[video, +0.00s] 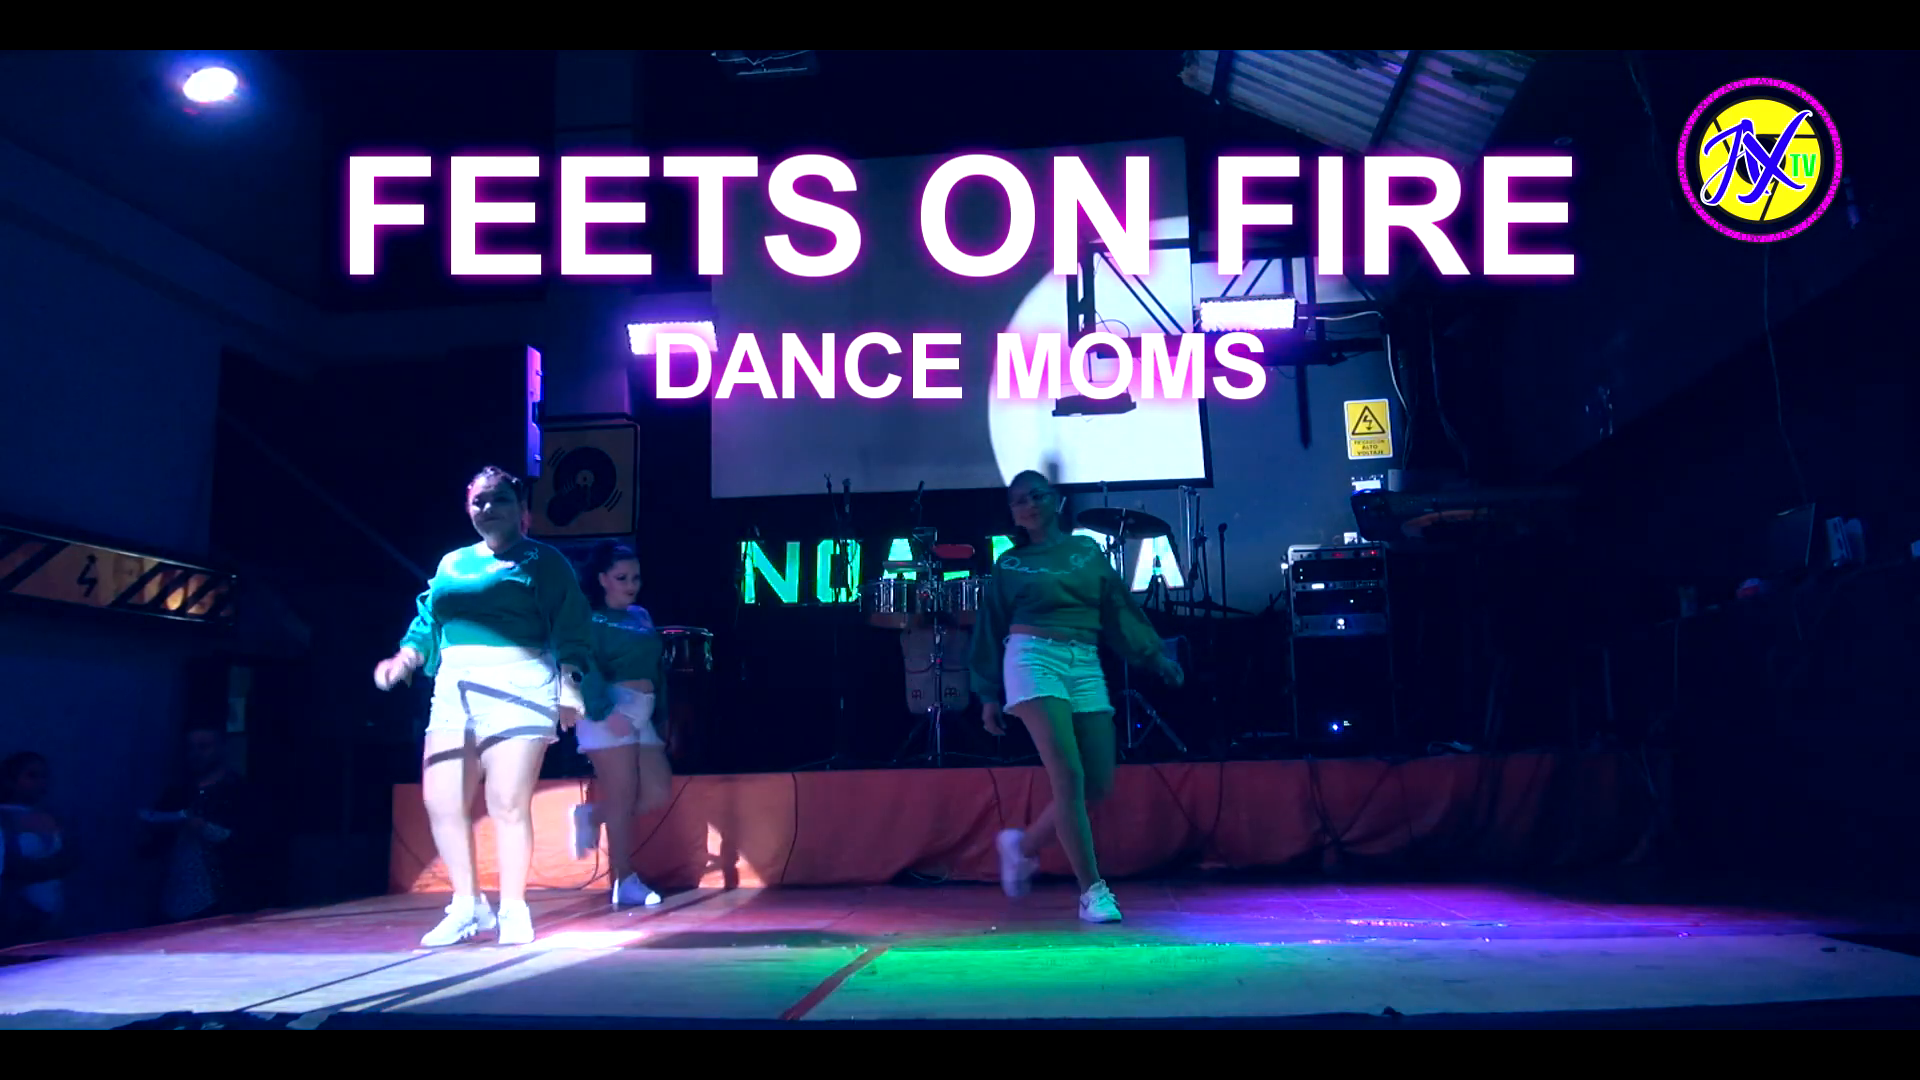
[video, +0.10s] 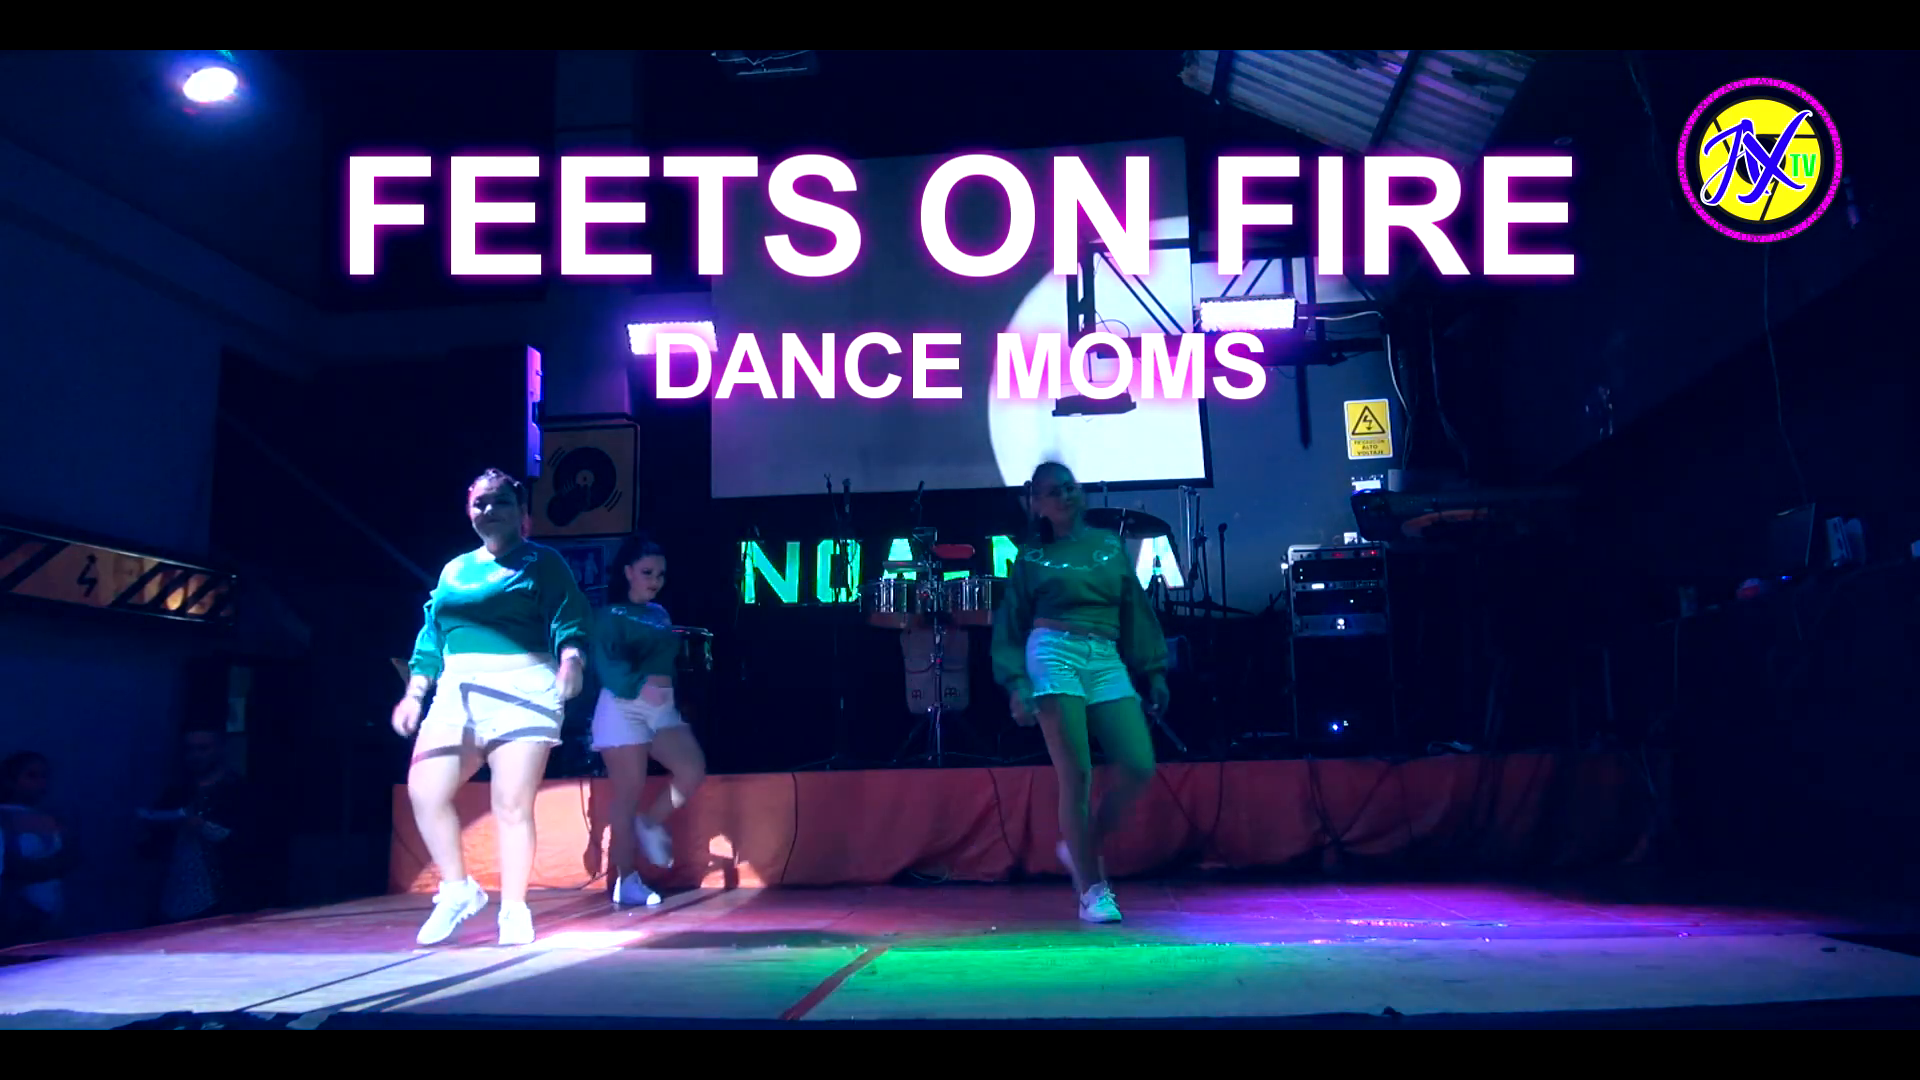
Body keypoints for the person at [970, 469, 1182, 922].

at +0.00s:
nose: (1027, 506)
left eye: (1034, 498)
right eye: (1019, 502)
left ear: (1054, 501)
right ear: (1012, 514)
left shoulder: (1087, 551)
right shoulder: (1010, 565)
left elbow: (1121, 611)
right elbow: (987, 632)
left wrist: (1157, 656)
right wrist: (988, 694)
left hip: (1085, 660)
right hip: (1032, 657)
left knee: (1098, 780)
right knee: (1066, 773)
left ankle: (1022, 844)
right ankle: (1093, 889)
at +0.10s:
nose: (1061, 497)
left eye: (1065, 489)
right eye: (1051, 493)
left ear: (1078, 493)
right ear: (1035, 504)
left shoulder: (1110, 544)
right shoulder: (1032, 556)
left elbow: (1137, 613)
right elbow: (1008, 625)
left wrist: (1153, 672)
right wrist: (1016, 682)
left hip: (1106, 655)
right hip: (1052, 651)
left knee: (1138, 764)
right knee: (1076, 774)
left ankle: (1081, 846)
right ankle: (1092, 890)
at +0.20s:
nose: (1101, 484)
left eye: (1101, 476)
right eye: (1088, 479)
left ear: (1107, 481)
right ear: (1064, 492)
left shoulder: (1127, 536)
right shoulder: (1051, 543)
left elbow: (1149, 606)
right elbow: (1026, 614)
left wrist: (1157, 661)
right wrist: (1041, 657)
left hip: (1125, 647)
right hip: (1072, 649)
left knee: (1168, 753)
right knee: (1084, 768)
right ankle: (1094, 887)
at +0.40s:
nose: (1151, 477)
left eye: (1152, 469)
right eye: (1139, 471)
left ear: (1155, 475)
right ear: (1112, 482)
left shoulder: (1171, 535)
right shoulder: (1095, 535)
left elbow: (1180, 595)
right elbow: (1063, 601)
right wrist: (1078, 631)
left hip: (1175, 650)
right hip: (1116, 652)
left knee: (1215, 764)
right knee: (1114, 772)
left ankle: (1231, 894)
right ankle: (1098, 885)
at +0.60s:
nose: (1177, 465)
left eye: (1183, 457)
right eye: (1165, 460)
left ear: (1194, 468)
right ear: (1144, 473)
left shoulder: (1215, 525)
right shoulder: (1132, 529)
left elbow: (1238, 600)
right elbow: (1116, 601)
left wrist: (1254, 665)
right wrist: (1121, 662)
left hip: (1228, 639)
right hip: (1165, 646)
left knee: (1247, 761)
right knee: (1196, 766)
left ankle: (1234, 895)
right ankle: (1147, 859)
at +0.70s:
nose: (1180, 455)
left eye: (1188, 446)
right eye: (1170, 449)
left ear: (1208, 455)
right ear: (1158, 462)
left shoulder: (1238, 513)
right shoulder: (1145, 522)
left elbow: (1273, 587)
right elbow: (1130, 602)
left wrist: (1296, 647)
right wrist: (1135, 670)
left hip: (1245, 631)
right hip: (1180, 637)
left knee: (1249, 765)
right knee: (1213, 756)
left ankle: (1238, 890)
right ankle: (1214, 889)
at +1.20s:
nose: (1230, 439)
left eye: (1239, 428)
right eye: (1220, 432)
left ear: (1264, 433)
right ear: (1212, 444)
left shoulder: (1308, 488)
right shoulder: (1208, 509)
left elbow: (1351, 559)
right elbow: (1183, 590)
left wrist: (1373, 633)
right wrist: (1175, 665)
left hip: (1295, 631)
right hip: (1223, 630)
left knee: (1328, 755)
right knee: (1242, 764)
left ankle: (1297, 861)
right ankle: (1274, 902)